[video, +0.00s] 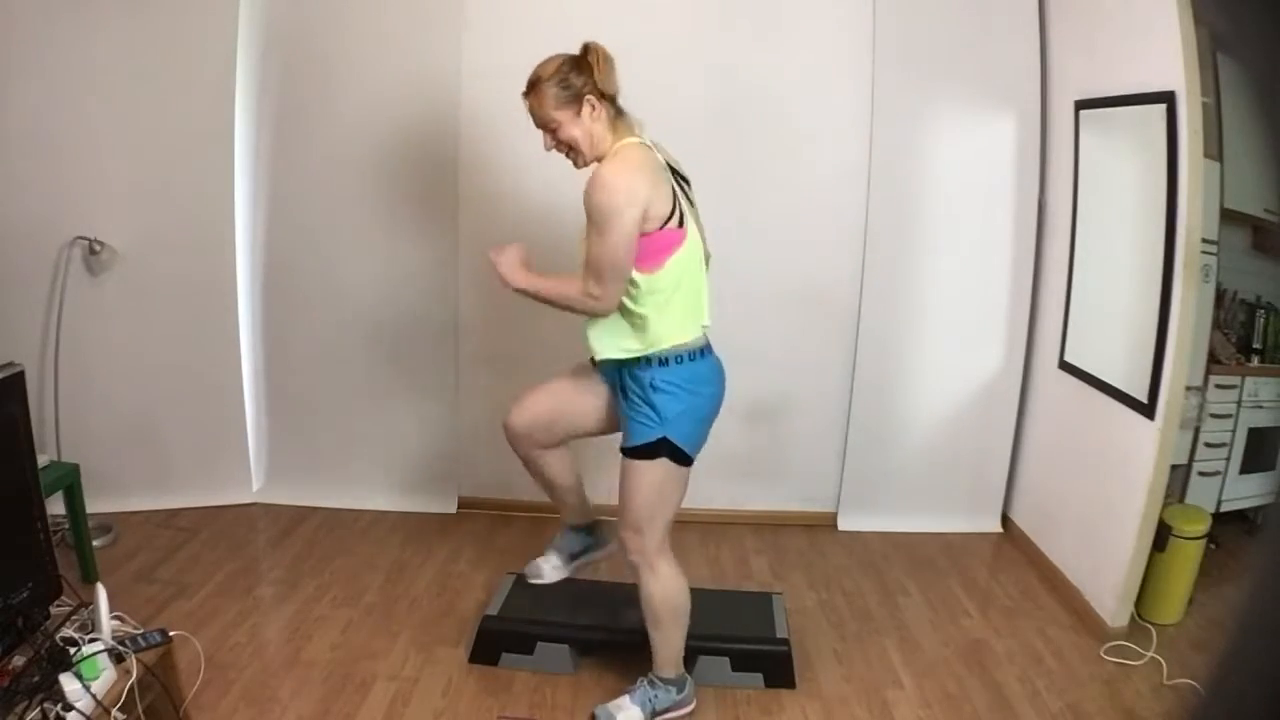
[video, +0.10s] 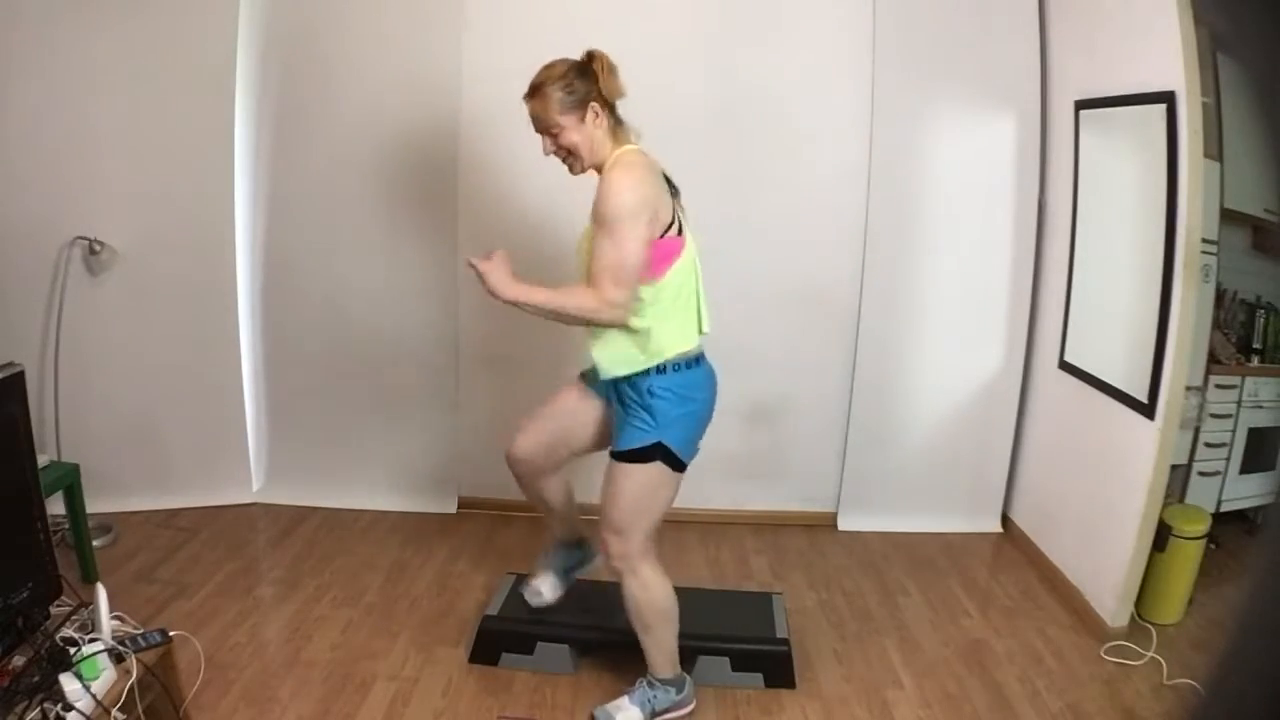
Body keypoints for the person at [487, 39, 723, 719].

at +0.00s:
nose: (548, 141)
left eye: (551, 126)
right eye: (541, 130)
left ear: (592, 107)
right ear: (591, 108)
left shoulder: (616, 179)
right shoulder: (635, 156)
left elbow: (600, 295)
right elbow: (664, 261)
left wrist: (521, 280)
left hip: (672, 379)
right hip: (642, 368)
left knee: (644, 545)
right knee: (526, 425)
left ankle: (670, 682)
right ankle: (583, 529)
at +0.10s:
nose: (550, 147)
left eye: (554, 131)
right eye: (543, 135)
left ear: (594, 114)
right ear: (589, 119)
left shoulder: (627, 183)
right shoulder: (620, 174)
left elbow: (612, 302)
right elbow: (625, 285)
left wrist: (514, 291)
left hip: (667, 385)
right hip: (624, 375)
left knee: (625, 546)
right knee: (528, 453)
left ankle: (668, 684)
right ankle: (574, 543)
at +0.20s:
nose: (548, 136)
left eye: (556, 120)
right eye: (540, 125)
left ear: (598, 105)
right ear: (549, 121)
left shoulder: (637, 170)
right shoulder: (596, 174)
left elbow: (687, 276)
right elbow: (614, 273)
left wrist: (599, 283)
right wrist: (582, 344)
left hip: (655, 371)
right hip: (607, 365)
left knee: (633, 531)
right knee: (547, 478)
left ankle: (666, 679)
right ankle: (583, 568)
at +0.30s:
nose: (564, 110)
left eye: (576, 95)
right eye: (554, 96)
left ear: (609, 83)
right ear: (547, 88)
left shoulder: (659, 141)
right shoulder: (557, 145)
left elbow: (731, 229)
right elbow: (566, 235)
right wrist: (543, 313)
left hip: (660, 337)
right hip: (595, 334)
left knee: (647, 497)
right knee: (557, 469)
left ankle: (662, 652)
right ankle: (583, 568)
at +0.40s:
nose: (608, 87)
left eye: (621, 73)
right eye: (595, 74)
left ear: (643, 61)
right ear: (576, 63)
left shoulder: (679, 118)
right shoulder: (552, 123)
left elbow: (728, 194)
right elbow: (534, 201)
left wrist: (757, 178)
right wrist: (513, 281)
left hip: (660, 321)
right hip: (585, 318)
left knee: (652, 472)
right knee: (571, 458)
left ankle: (670, 608)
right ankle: (584, 569)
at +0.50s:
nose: (655, 85)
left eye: (667, 73)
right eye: (644, 72)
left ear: (680, 65)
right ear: (614, 54)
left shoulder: (693, 115)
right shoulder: (565, 111)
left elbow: (721, 184)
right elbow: (512, 175)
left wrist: (770, 184)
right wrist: (492, 260)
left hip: (661, 312)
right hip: (581, 310)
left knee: (678, 468)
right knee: (577, 459)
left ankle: (659, 569)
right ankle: (584, 568)